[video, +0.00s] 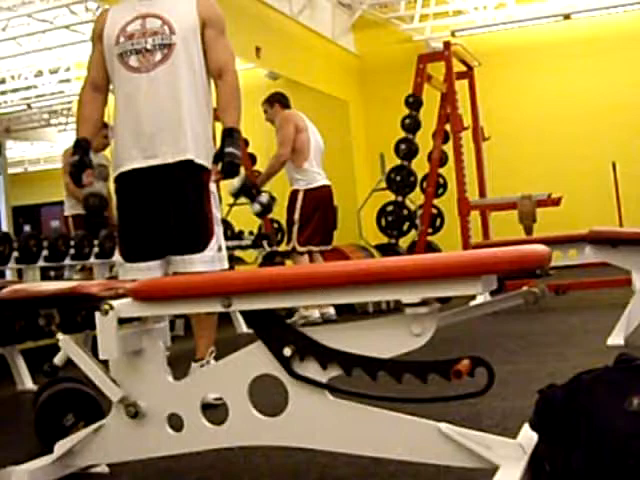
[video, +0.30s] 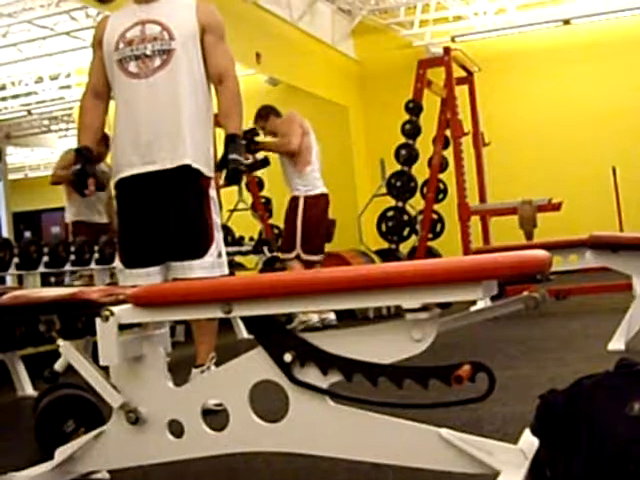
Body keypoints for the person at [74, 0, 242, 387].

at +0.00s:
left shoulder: (201, 8)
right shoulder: (107, 20)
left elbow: (225, 72)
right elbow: (95, 87)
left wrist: (231, 138)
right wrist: (84, 145)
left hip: (188, 153)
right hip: (132, 160)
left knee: (200, 269)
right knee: (141, 275)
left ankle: (204, 360)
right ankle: (150, 368)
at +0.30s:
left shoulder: (200, 12)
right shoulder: (108, 26)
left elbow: (225, 79)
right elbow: (96, 93)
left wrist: (235, 144)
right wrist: (85, 155)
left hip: (187, 159)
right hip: (132, 166)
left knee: (201, 275)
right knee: (141, 281)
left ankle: (205, 369)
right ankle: (149, 376)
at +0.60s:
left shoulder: (199, 24)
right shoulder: (108, 37)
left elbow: (223, 91)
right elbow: (97, 106)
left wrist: (231, 155)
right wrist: (86, 169)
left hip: (188, 172)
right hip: (133, 179)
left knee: (200, 284)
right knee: (141, 291)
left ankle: (205, 376)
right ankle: (149, 383)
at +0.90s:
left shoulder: (199, 26)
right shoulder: (107, 39)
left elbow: (223, 92)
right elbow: (97, 107)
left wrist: (229, 154)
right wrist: (84, 169)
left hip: (187, 174)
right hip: (132, 181)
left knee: (200, 287)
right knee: (141, 294)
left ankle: (205, 380)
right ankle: (150, 386)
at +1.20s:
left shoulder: (198, 28)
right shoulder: (107, 40)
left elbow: (221, 93)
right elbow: (97, 109)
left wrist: (228, 159)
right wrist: (85, 168)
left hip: (187, 175)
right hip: (131, 181)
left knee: (199, 288)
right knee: (141, 294)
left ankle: (205, 377)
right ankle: (150, 384)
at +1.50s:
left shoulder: (200, 30)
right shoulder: (107, 41)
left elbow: (221, 96)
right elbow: (98, 109)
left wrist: (229, 158)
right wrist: (88, 171)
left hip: (188, 176)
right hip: (132, 183)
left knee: (201, 289)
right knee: (141, 296)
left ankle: (205, 379)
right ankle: (149, 385)